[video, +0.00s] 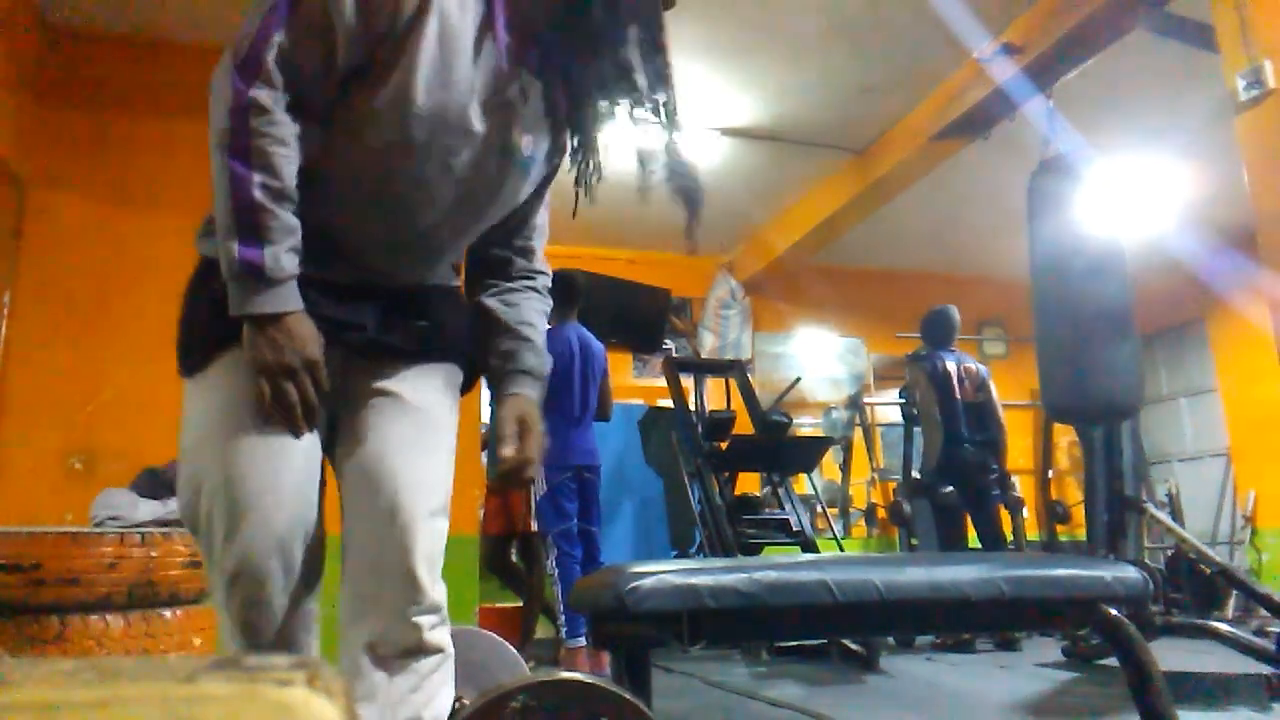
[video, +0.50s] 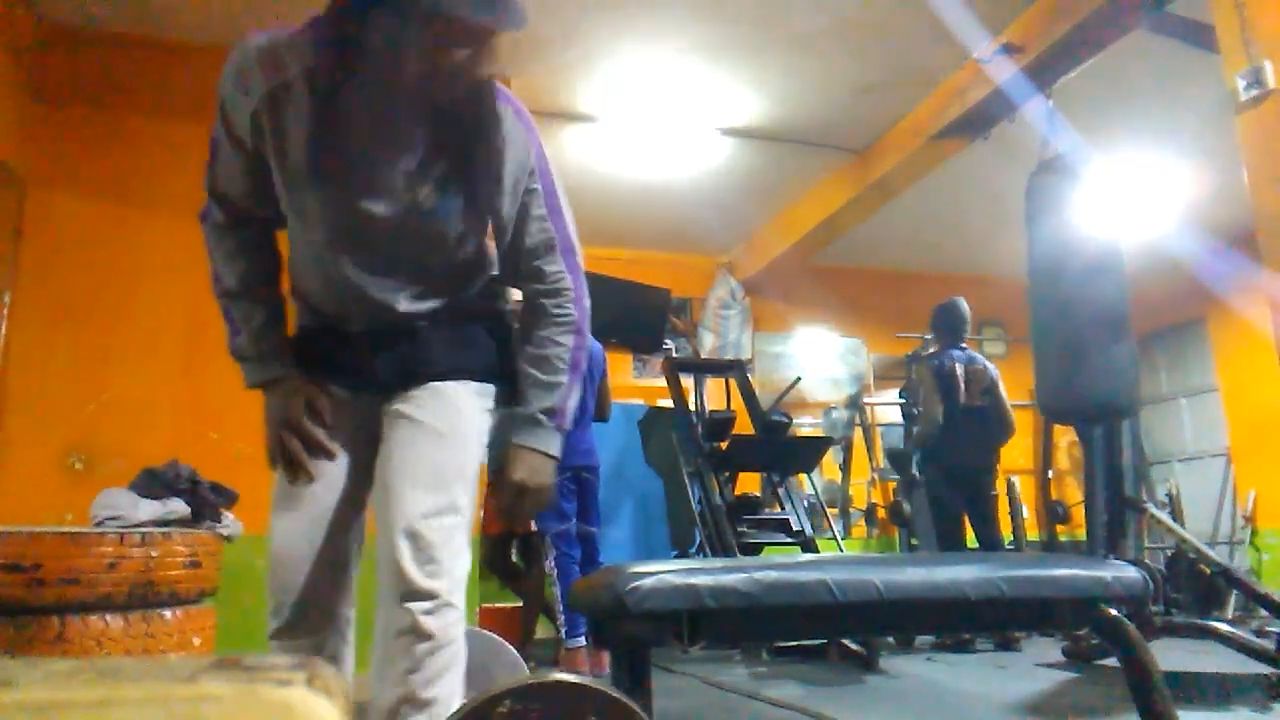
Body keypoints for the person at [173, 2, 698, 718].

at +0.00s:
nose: (599, 90)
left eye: (615, 77)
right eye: (599, 66)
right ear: (574, 12)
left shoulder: (543, 108)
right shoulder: (407, 8)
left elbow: (513, 259)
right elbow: (252, 86)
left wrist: (521, 383)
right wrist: (270, 302)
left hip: (410, 313)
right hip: (268, 289)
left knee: (407, 590)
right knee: (260, 568)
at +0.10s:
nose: (562, 75)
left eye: (579, 66)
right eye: (566, 54)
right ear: (534, 9)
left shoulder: (540, 100)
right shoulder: (372, 11)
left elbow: (519, 259)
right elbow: (239, 112)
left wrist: (508, 390)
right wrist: (262, 317)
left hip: (415, 314)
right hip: (281, 296)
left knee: (407, 589)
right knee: (261, 588)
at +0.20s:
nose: (554, 78)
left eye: (565, 60)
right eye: (553, 52)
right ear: (501, 14)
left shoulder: (523, 113)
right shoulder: (327, 18)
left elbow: (523, 280)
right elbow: (226, 155)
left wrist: (504, 399)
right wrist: (250, 340)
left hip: (418, 332)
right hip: (282, 323)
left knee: (405, 594)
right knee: (261, 600)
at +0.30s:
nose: (537, 62)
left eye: (545, 45)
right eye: (527, 39)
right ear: (458, 14)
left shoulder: (507, 99)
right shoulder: (301, 26)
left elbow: (531, 283)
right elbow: (218, 176)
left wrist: (507, 411)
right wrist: (243, 348)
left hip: (425, 329)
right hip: (293, 320)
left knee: (405, 581)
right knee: (267, 582)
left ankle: (406, 718)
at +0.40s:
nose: (518, 46)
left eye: (524, 26)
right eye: (504, 23)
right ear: (433, 18)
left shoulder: (494, 107)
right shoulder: (283, 46)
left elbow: (540, 279)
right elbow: (220, 197)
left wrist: (519, 422)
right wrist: (256, 360)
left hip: (431, 340)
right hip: (303, 332)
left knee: (409, 576)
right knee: (280, 580)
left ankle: (408, 719)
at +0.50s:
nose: (482, 68)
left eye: (491, 45)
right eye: (460, 45)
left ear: (498, 34)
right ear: (390, 30)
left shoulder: (494, 122)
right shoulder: (269, 76)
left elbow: (555, 282)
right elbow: (235, 224)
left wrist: (538, 433)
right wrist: (270, 372)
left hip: (447, 342)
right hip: (328, 340)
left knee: (421, 573)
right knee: (297, 574)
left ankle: (413, 718)